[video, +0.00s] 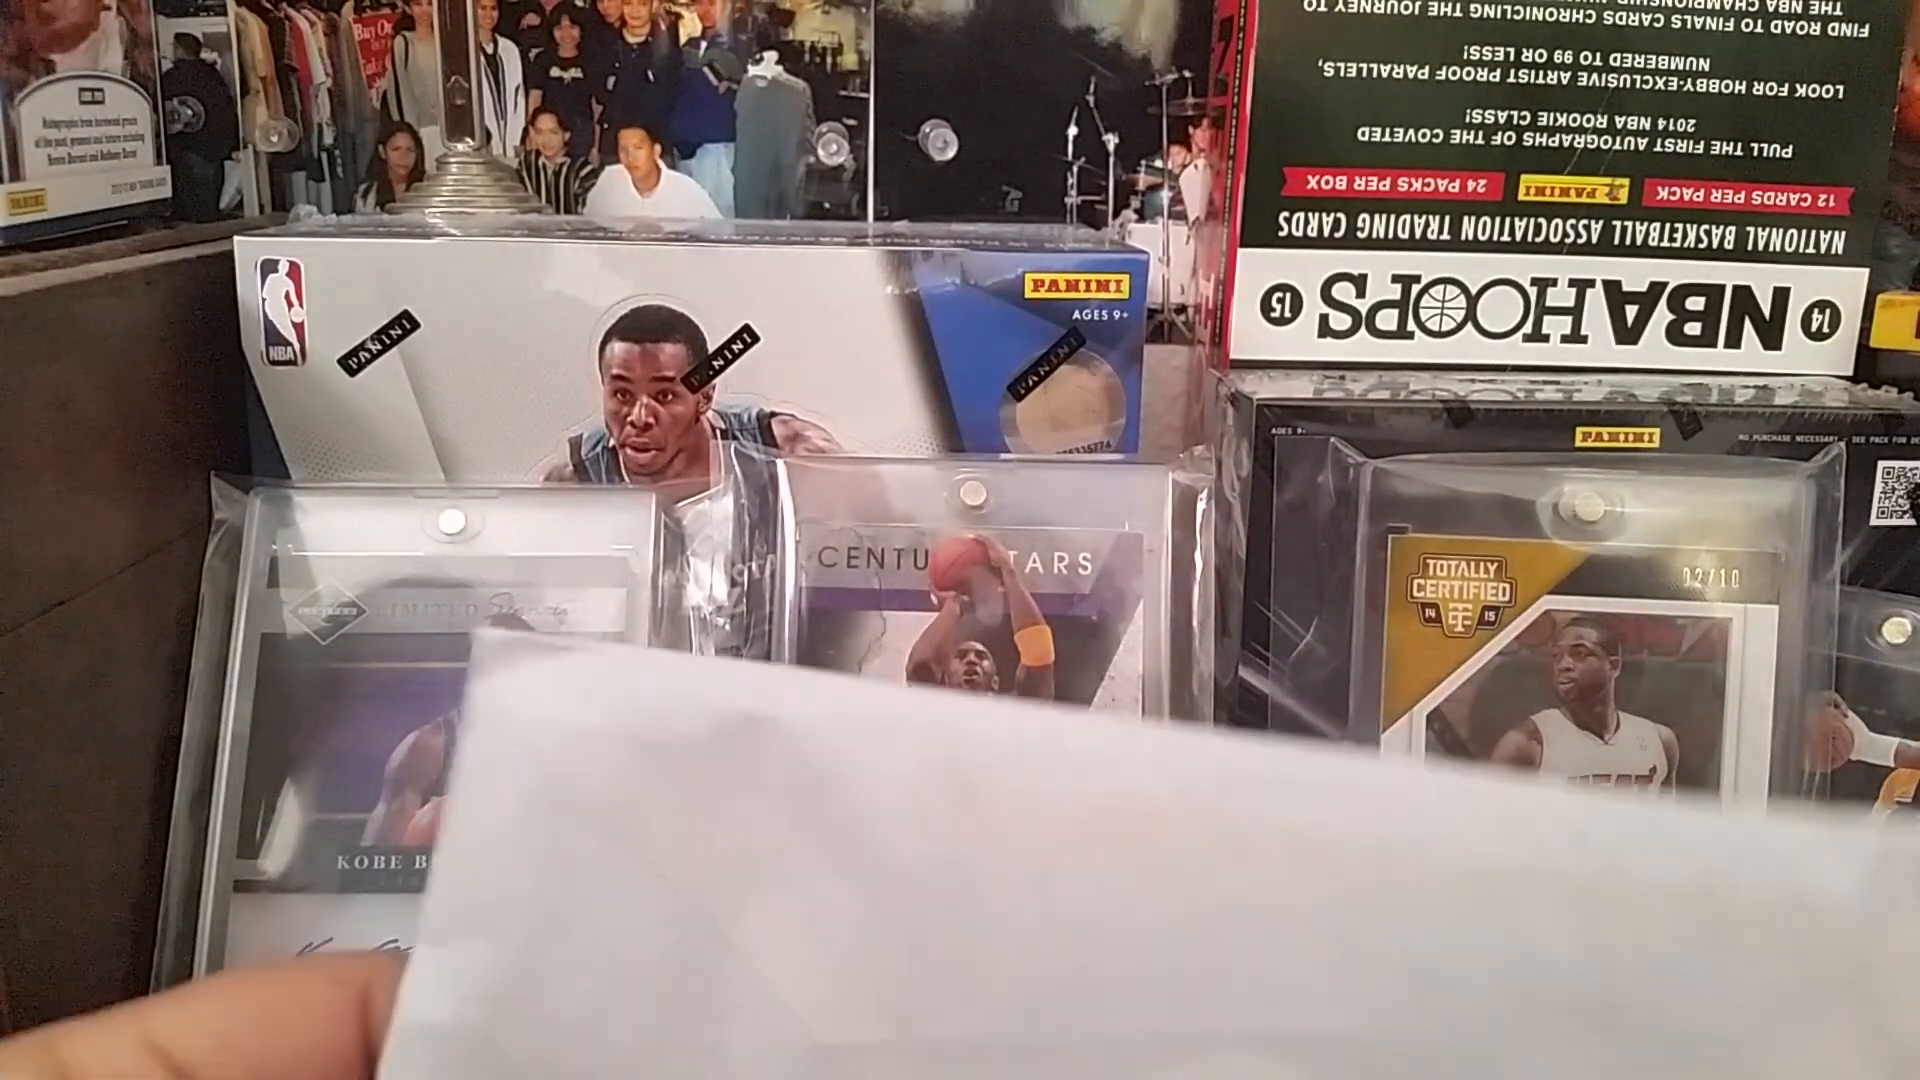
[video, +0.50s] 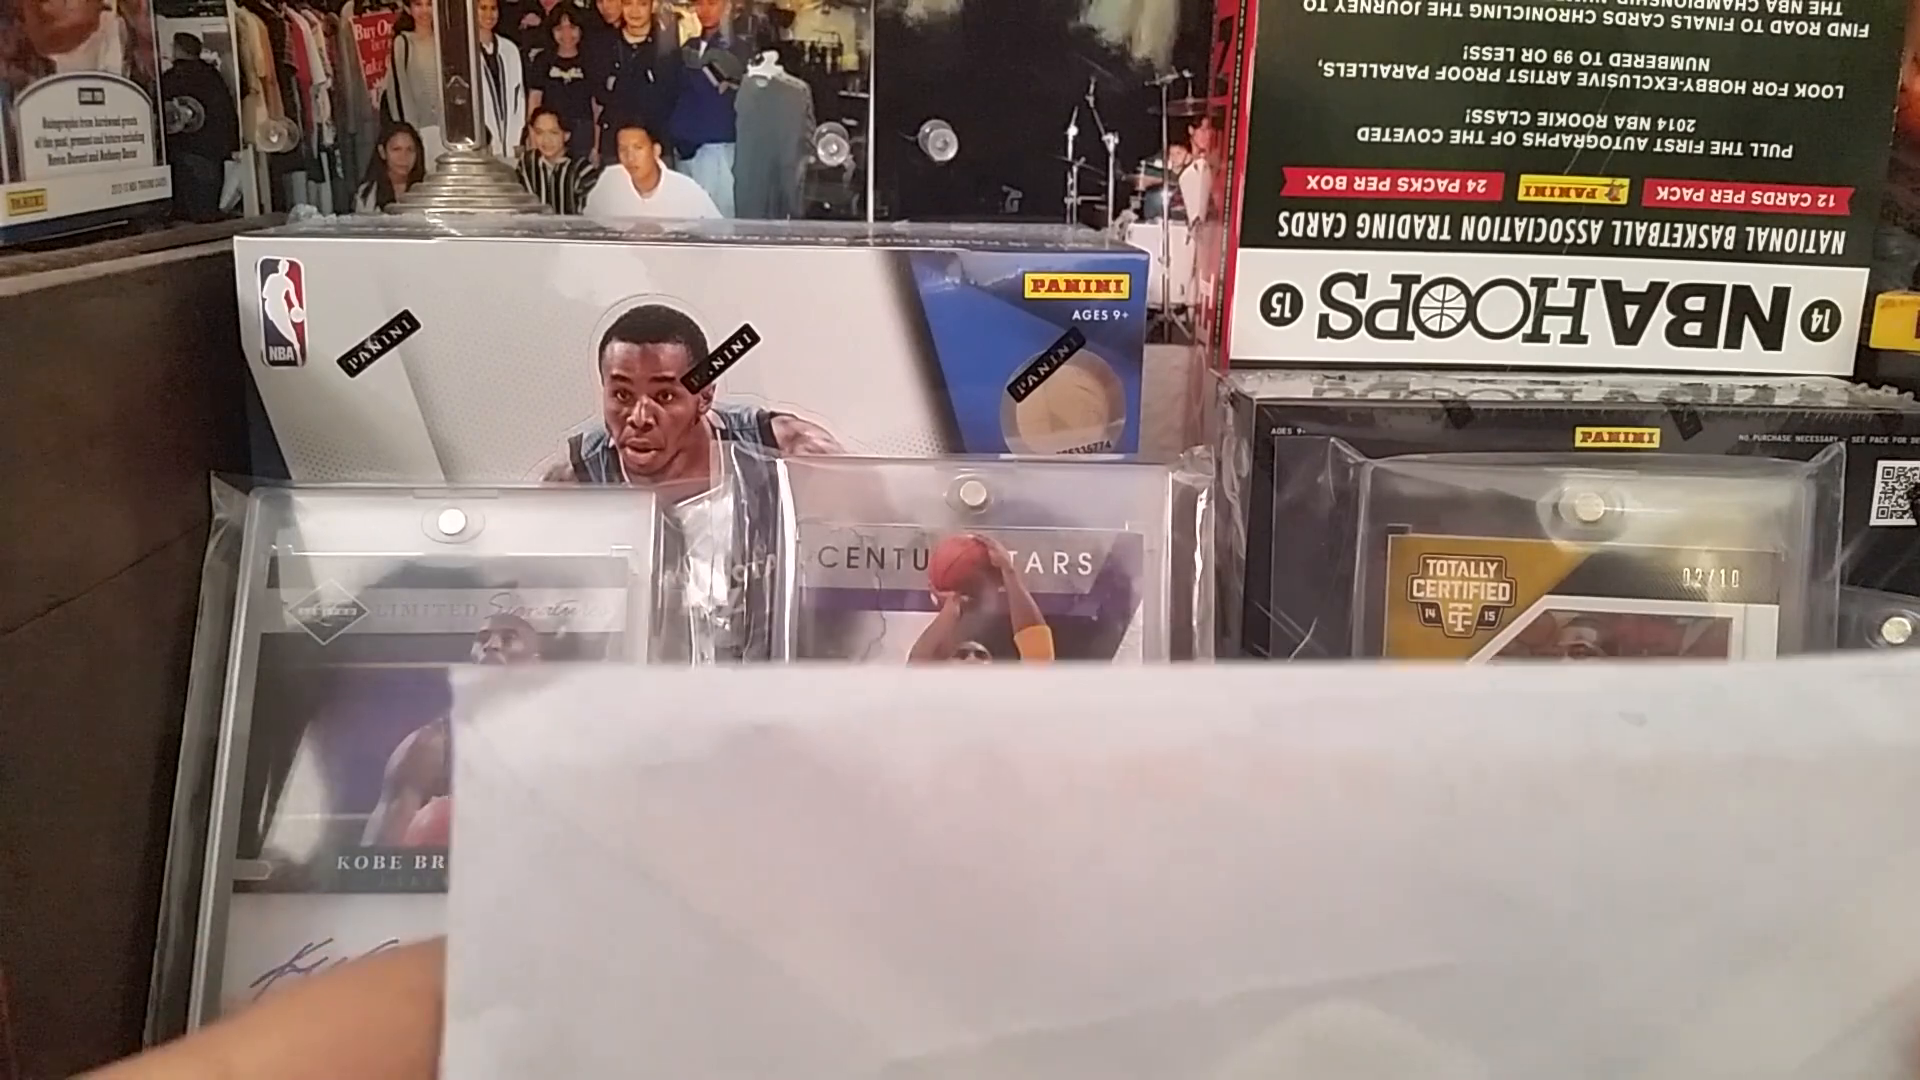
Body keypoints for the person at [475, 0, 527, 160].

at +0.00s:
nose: (489, 14)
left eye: (494, 8)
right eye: (483, 8)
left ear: (499, 12)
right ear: (472, 11)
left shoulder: (511, 49)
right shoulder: (465, 51)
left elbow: (520, 96)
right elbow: (465, 101)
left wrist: (516, 142)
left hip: (512, 145)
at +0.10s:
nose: (490, 15)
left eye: (494, 9)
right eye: (483, 9)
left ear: (499, 12)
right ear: (472, 11)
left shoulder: (511, 49)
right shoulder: (465, 51)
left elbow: (520, 96)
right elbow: (465, 101)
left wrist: (515, 142)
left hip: (512, 145)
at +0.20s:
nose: (490, 14)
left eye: (494, 8)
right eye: (483, 8)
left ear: (498, 12)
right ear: (472, 12)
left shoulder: (511, 49)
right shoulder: (465, 51)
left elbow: (520, 96)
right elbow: (465, 101)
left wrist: (516, 142)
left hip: (512, 145)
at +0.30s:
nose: (489, 14)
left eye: (493, 8)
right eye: (483, 8)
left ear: (498, 12)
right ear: (472, 12)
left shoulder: (511, 49)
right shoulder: (465, 51)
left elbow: (520, 95)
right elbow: (465, 101)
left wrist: (517, 141)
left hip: (513, 145)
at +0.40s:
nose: (490, 14)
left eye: (494, 8)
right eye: (483, 8)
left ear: (498, 11)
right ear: (472, 11)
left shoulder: (511, 49)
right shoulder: (465, 51)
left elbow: (520, 96)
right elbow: (465, 101)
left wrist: (516, 141)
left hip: (513, 145)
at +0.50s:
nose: (490, 14)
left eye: (493, 8)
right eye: (483, 8)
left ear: (498, 12)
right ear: (473, 12)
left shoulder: (511, 49)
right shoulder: (465, 51)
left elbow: (520, 95)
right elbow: (465, 100)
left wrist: (516, 141)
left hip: (512, 144)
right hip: (483, 146)